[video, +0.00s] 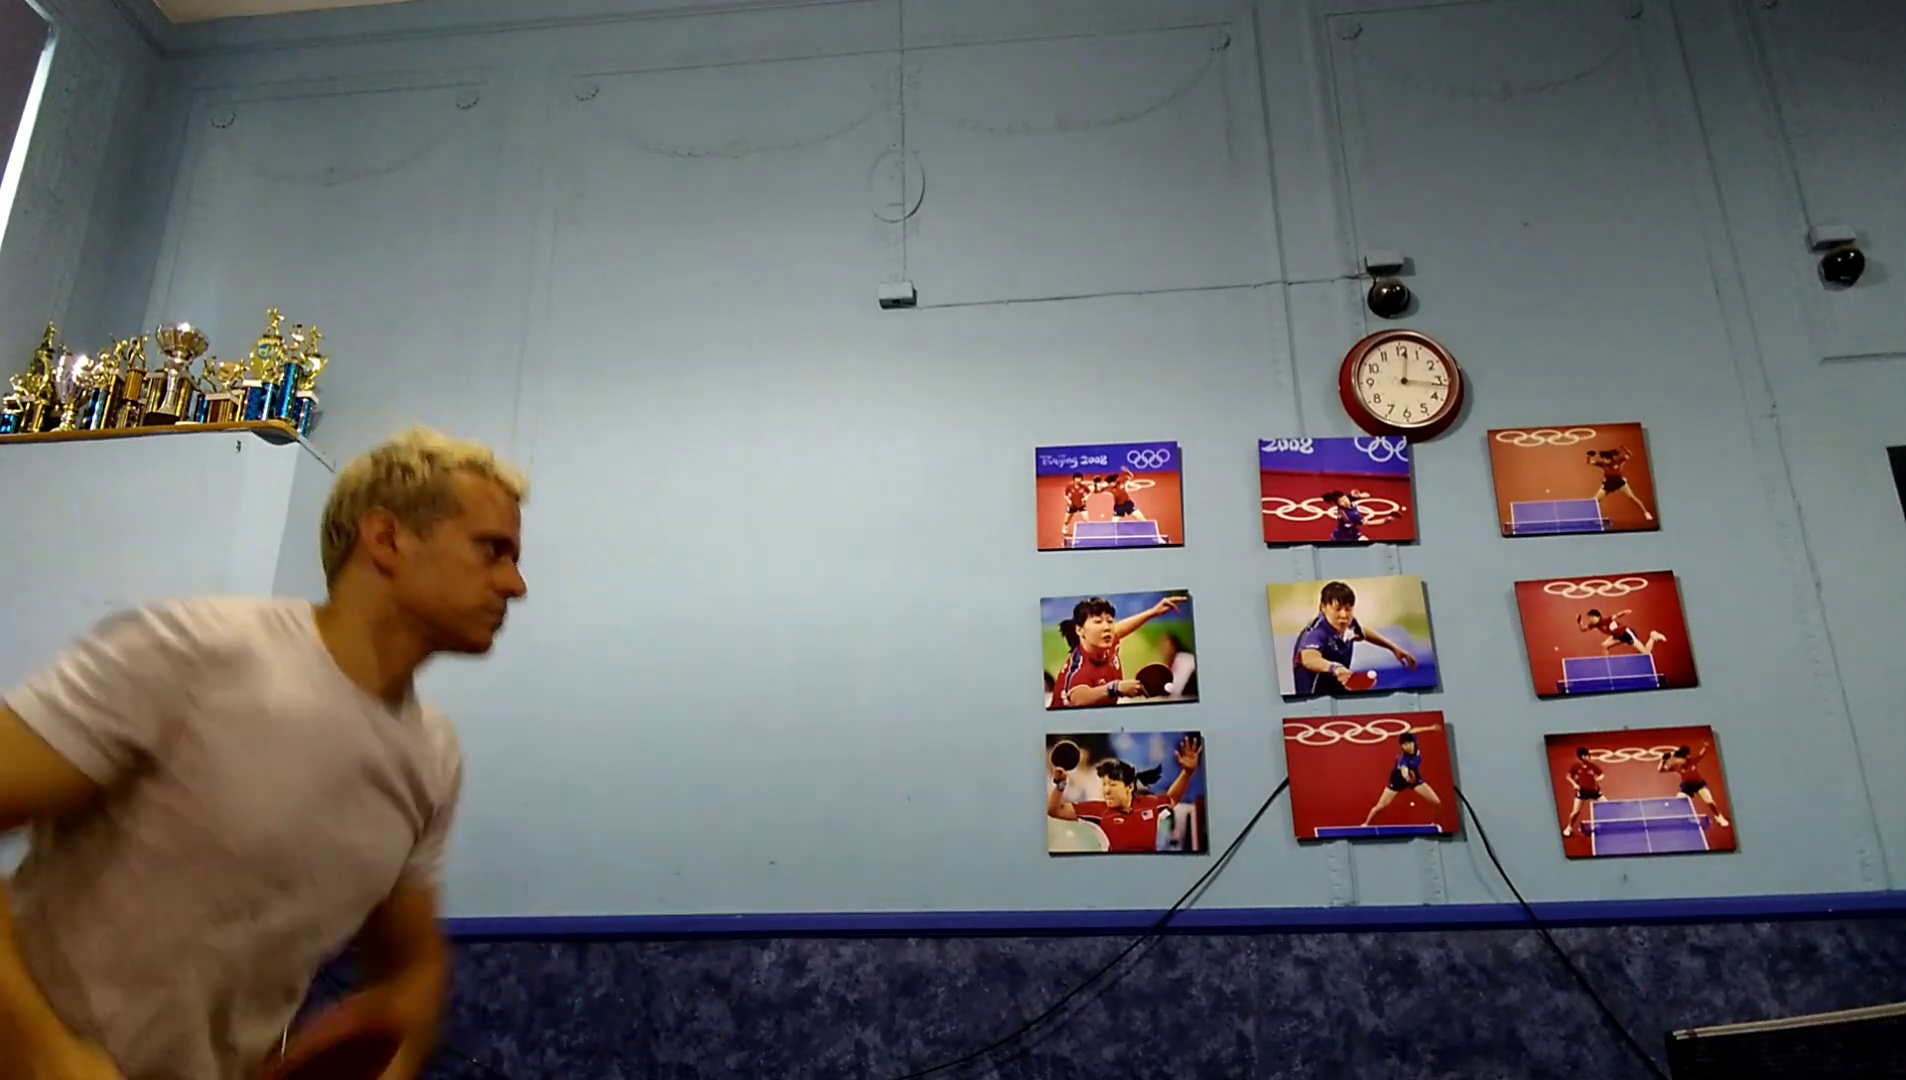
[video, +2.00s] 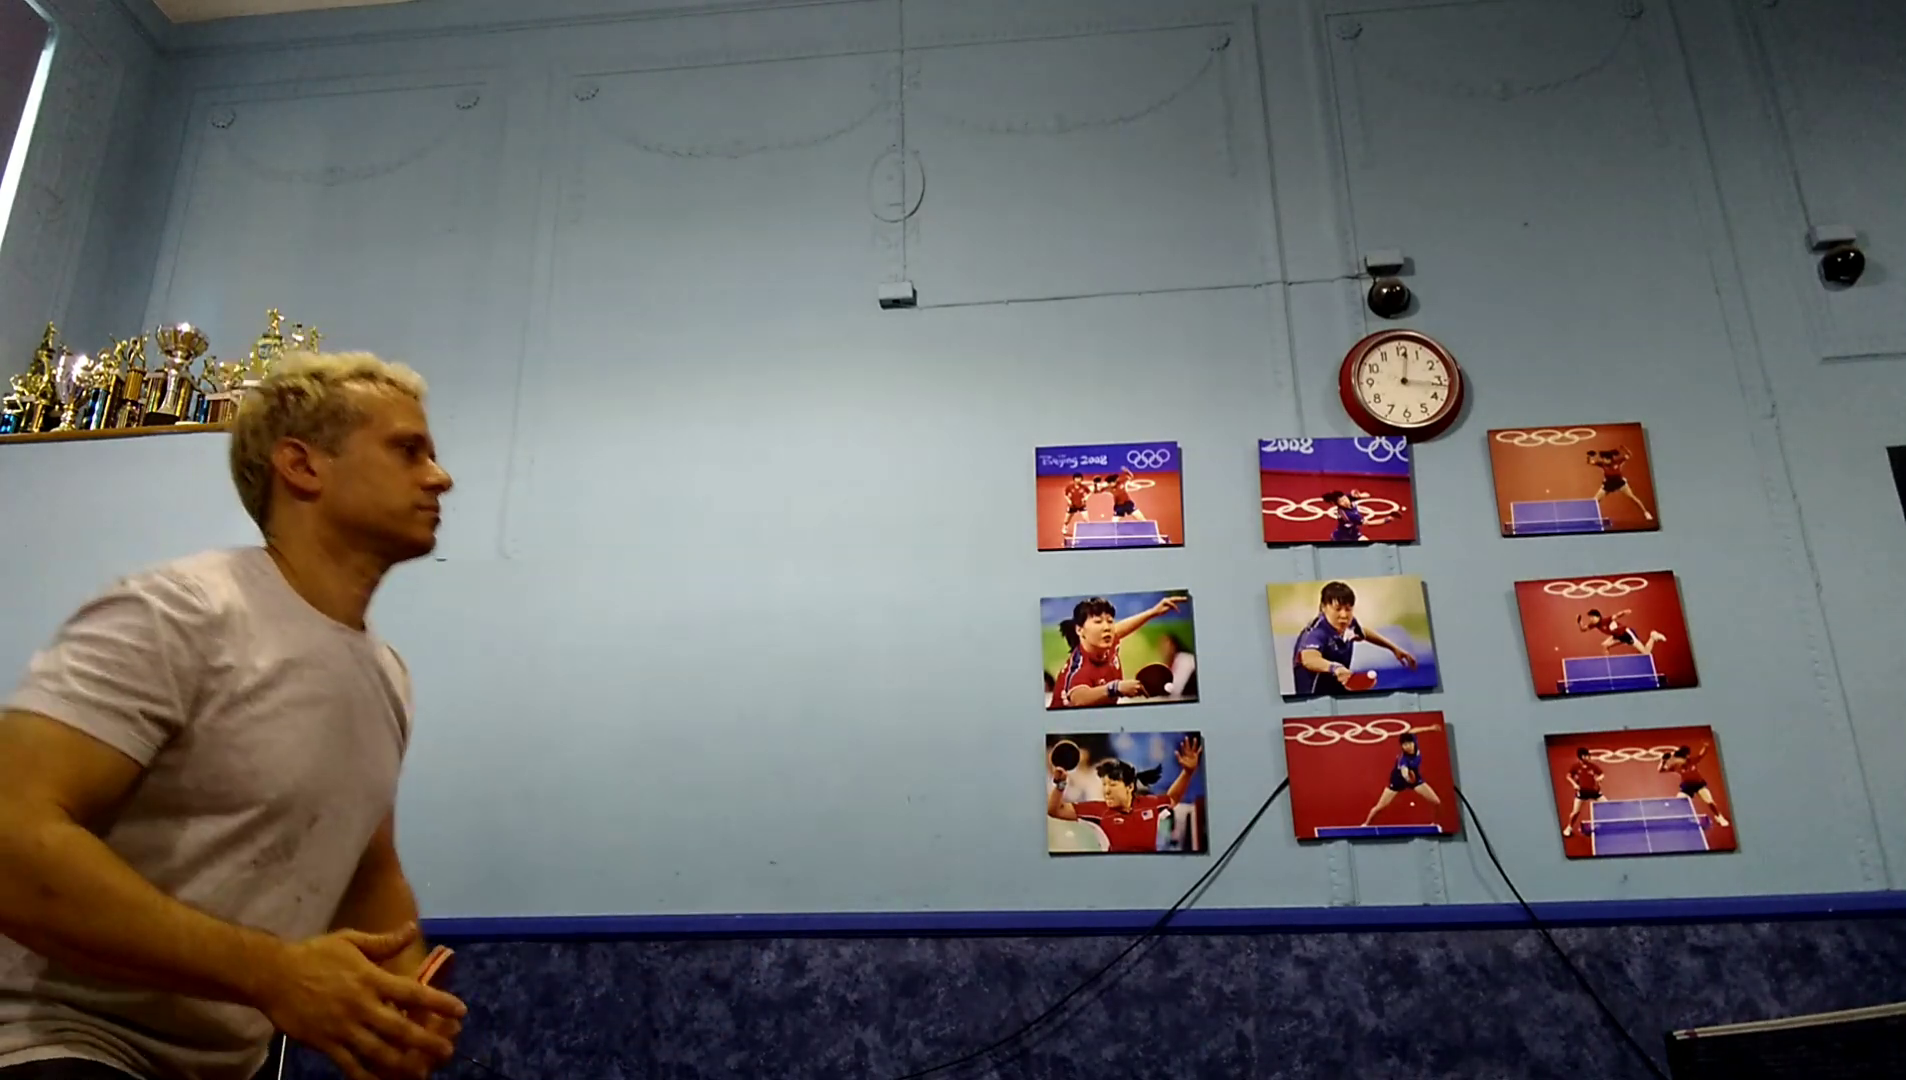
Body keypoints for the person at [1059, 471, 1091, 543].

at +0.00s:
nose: (1078, 481)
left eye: (1079, 479)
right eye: (1076, 479)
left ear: (1081, 480)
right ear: (1074, 480)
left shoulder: (1083, 487)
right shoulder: (1070, 487)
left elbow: (1089, 492)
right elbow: (1065, 494)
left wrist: (1085, 498)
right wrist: (1068, 501)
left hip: (1081, 506)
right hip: (1072, 505)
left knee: (1086, 519)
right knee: (1066, 520)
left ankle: (1090, 531)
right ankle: (1064, 529)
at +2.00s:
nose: (1078, 481)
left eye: (1079, 479)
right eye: (1077, 479)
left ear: (1081, 480)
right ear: (1074, 480)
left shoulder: (1083, 487)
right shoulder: (1070, 487)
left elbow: (1089, 492)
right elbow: (1065, 494)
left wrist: (1085, 498)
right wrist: (1068, 501)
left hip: (1081, 505)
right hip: (1073, 505)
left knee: (1086, 519)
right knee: (1066, 520)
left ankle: (1090, 531)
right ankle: (1064, 529)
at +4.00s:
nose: (1078, 480)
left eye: (1079, 478)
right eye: (1076, 478)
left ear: (1081, 479)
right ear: (1074, 479)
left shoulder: (1083, 487)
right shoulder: (1070, 487)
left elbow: (1089, 492)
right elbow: (1065, 494)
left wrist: (1085, 498)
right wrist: (1068, 500)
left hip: (1081, 505)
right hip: (1072, 505)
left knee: (1086, 519)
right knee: (1067, 520)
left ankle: (1089, 530)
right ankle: (1064, 528)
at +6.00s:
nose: (1078, 481)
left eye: (1079, 479)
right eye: (1077, 479)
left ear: (1081, 480)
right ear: (1074, 480)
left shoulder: (1083, 487)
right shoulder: (1070, 487)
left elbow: (1089, 492)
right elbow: (1065, 494)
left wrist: (1085, 498)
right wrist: (1068, 501)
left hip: (1081, 505)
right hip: (1072, 505)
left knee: (1086, 519)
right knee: (1066, 520)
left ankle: (1090, 530)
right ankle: (1064, 528)